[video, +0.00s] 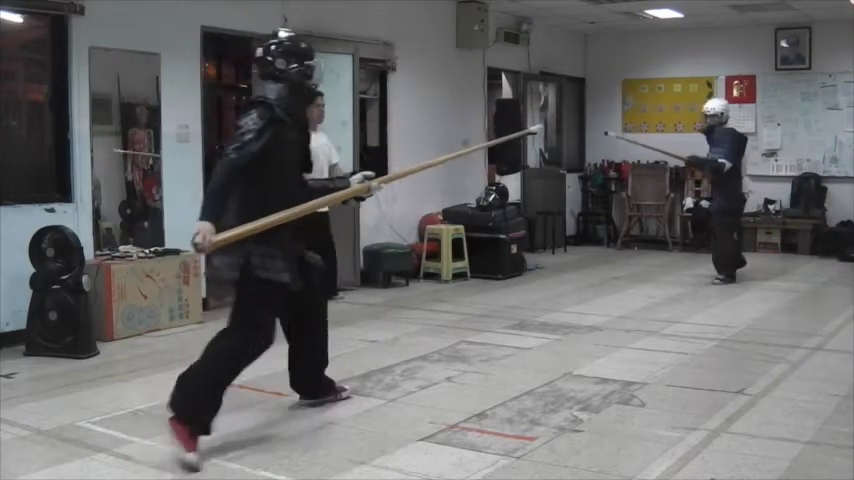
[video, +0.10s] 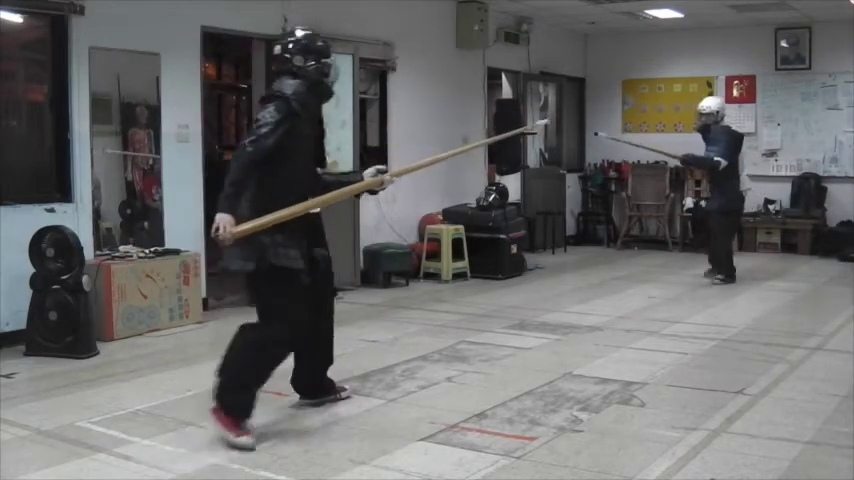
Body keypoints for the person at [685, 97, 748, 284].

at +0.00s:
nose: (708, 120)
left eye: (712, 116)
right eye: (707, 116)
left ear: (723, 117)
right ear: (707, 117)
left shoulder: (729, 136)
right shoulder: (715, 135)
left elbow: (721, 166)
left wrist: (696, 161)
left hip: (728, 194)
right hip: (721, 193)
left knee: (723, 230)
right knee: (721, 229)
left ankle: (727, 272)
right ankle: (734, 260)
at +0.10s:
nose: (703, 120)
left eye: (707, 115)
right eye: (701, 115)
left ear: (718, 116)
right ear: (700, 115)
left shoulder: (724, 134)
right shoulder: (712, 134)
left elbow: (717, 162)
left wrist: (688, 158)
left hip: (727, 194)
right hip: (718, 193)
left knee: (722, 232)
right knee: (714, 230)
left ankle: (727, 273)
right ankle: (717, 265)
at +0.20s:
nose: (698, 119)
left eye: (702, 115)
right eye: (696, 115)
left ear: (713, 115)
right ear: (696, 114)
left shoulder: (719, 133)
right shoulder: (707, 134)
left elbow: (714, 161)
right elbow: (710, 159)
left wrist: (685, 158)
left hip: (723, 193)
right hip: (711, 193)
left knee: (720, 232)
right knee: (702, 229)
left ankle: (727, 273)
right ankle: (703, 270)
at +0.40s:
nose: (690, 122)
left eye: (694, 118)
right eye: (688, 118)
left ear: (705, 118)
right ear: (686, 118)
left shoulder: (713, 136)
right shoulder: (697, 138)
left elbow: (706, 166)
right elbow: (698, 165)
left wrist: (677, 164)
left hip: (711, 197)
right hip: (697, 197)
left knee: (703, 232)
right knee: (690, 235)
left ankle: (722, 263)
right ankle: (696, 276)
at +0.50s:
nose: (686, 125)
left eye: (690, 120)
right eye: (685, 120)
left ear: (701, 120)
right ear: (685, 120)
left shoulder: (709, 138)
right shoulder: (693, 139)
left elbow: (701, 170)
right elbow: (695, 167)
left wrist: (672, 168)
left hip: (707, 197)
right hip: (695, 197)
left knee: (699, 234)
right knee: (685, 235)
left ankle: (715, 268)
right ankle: (693, 275)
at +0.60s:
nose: (681, 126)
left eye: (685, 121)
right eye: (680, 121)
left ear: (696, 121)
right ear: (680, 121)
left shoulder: (704, 140)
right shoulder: (690, 141)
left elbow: (697, 171)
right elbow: (691, 168)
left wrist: (668, 170)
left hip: (704, 200)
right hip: (693, 199)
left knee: (695, 236)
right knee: (681, 234)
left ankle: (700, 279)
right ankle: (689, 273)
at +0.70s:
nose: (679, 128)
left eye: (683, 123)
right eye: (677, 123)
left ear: (694, 123)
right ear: (675, 123)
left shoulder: (702, 142)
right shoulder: (685, 142)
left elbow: (694, 172)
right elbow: (686, 167)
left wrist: (666, 172)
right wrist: (667, 171)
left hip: (701, 199)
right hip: (689, 199)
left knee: (696, 236)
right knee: (682, 234)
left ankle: (694, 280)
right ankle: (691, 275)